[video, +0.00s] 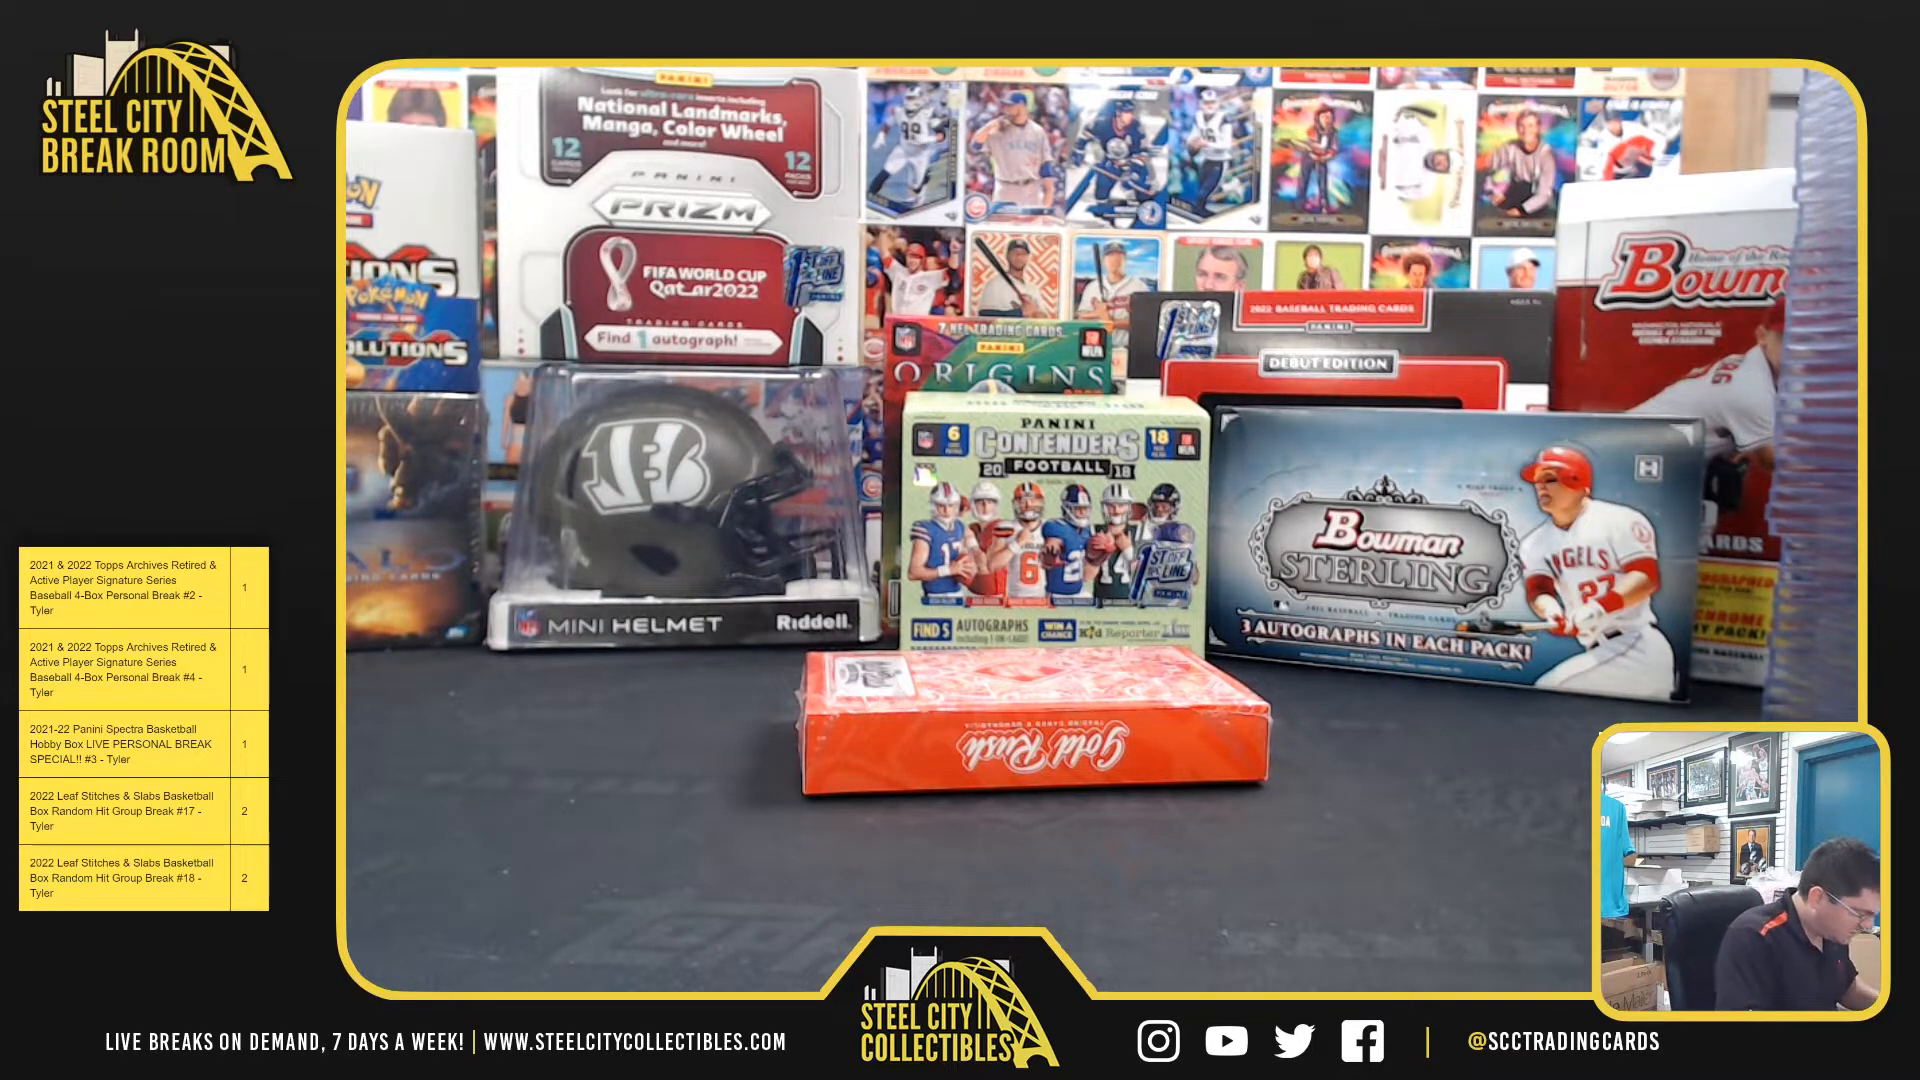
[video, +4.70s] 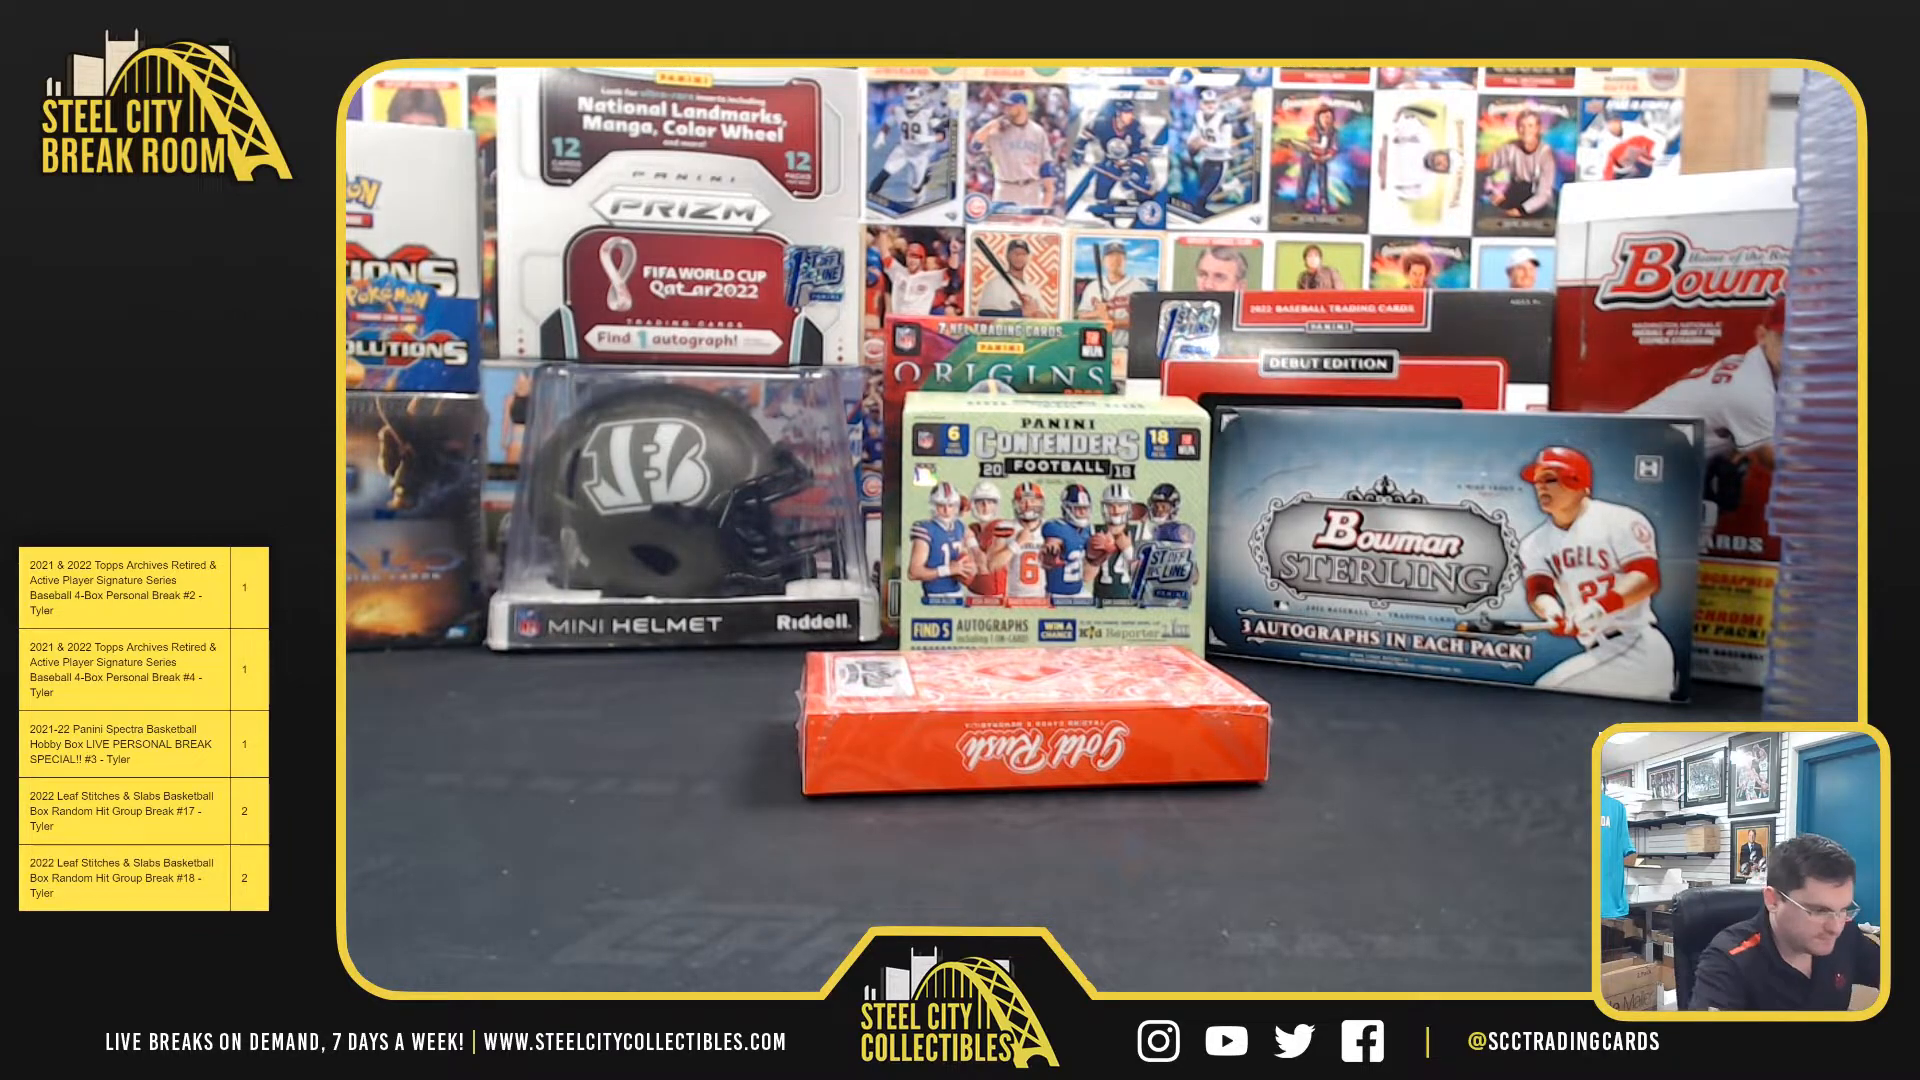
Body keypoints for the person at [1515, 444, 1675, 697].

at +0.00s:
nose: (1540, 489)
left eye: (1550, 480)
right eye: (1537, 483)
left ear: (1579, 485)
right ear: (1533, 487)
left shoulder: (1624, 521)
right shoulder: (1534, 545)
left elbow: (1646, 577)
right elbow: (1538, 591)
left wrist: (1600, 607)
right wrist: (1554, 614)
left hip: (1638, 647)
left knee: (1545, 693)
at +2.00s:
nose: (1540, 490)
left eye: (1550, 481)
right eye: (1537, 483)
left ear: (1578, 484)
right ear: (1533, 488)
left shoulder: (1624, 521)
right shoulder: (1534, 545)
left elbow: (1646, 577)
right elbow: (1538, 591)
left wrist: (1599, 608)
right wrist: (1554, 614)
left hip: (1638, 648)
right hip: (1599, 651)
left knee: (1546, 692)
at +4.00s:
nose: (1540, 490)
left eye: (1549, 481)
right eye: (1537, 483)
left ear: (1578, 484)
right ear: (1533, 487)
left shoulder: (1624, 521)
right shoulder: (1534, 545)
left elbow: (1646, 577)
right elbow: (1538, 591)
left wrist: (1599, 608)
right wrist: (1553, 613)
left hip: (1638, 648)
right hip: (1599, 652)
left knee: (1546, 692)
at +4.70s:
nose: (1540, 489)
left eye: (1550, 480)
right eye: (1537, 482)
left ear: (1579, 485)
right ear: (1533, 487)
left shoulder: (1624, 521)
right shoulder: (1534, 545)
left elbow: (1646, 577)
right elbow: (1538, 591)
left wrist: (1599, 607)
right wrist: (1553, 614)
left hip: (1638, 649)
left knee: (1545, 693)